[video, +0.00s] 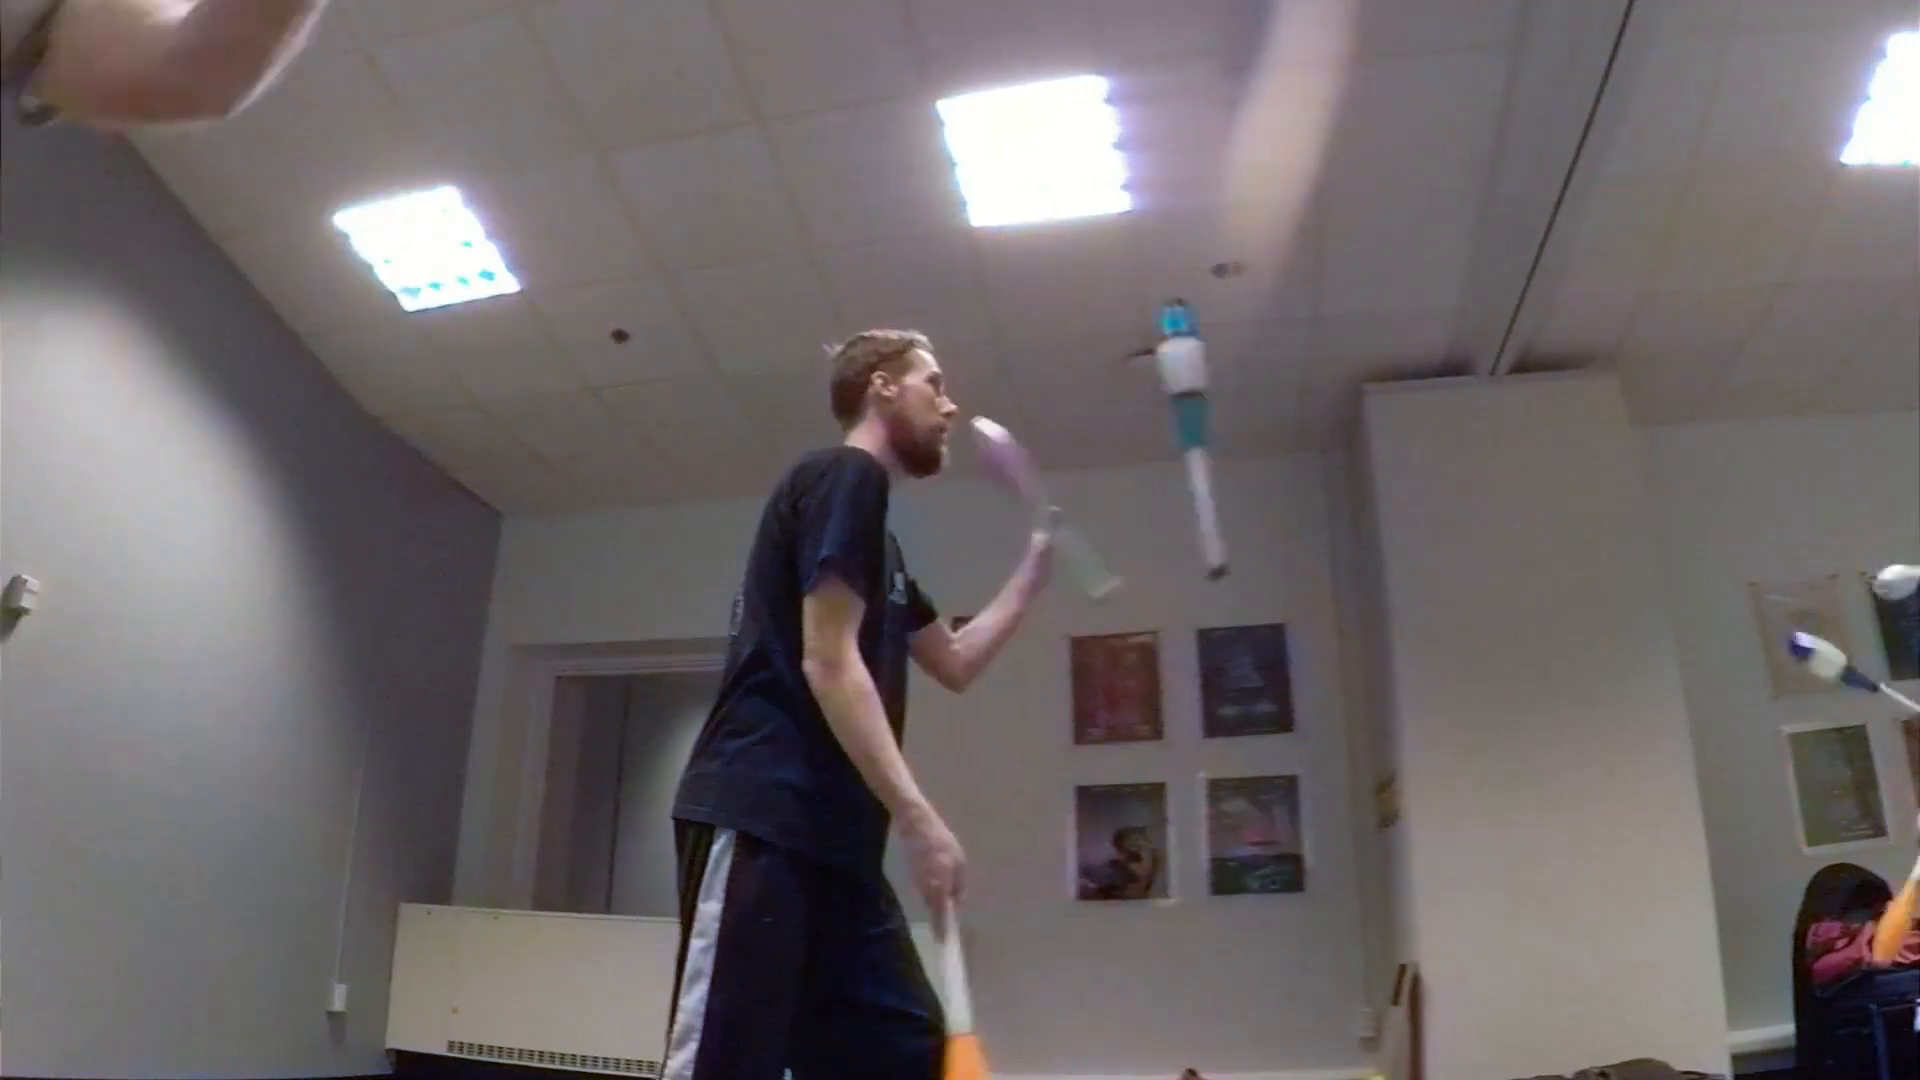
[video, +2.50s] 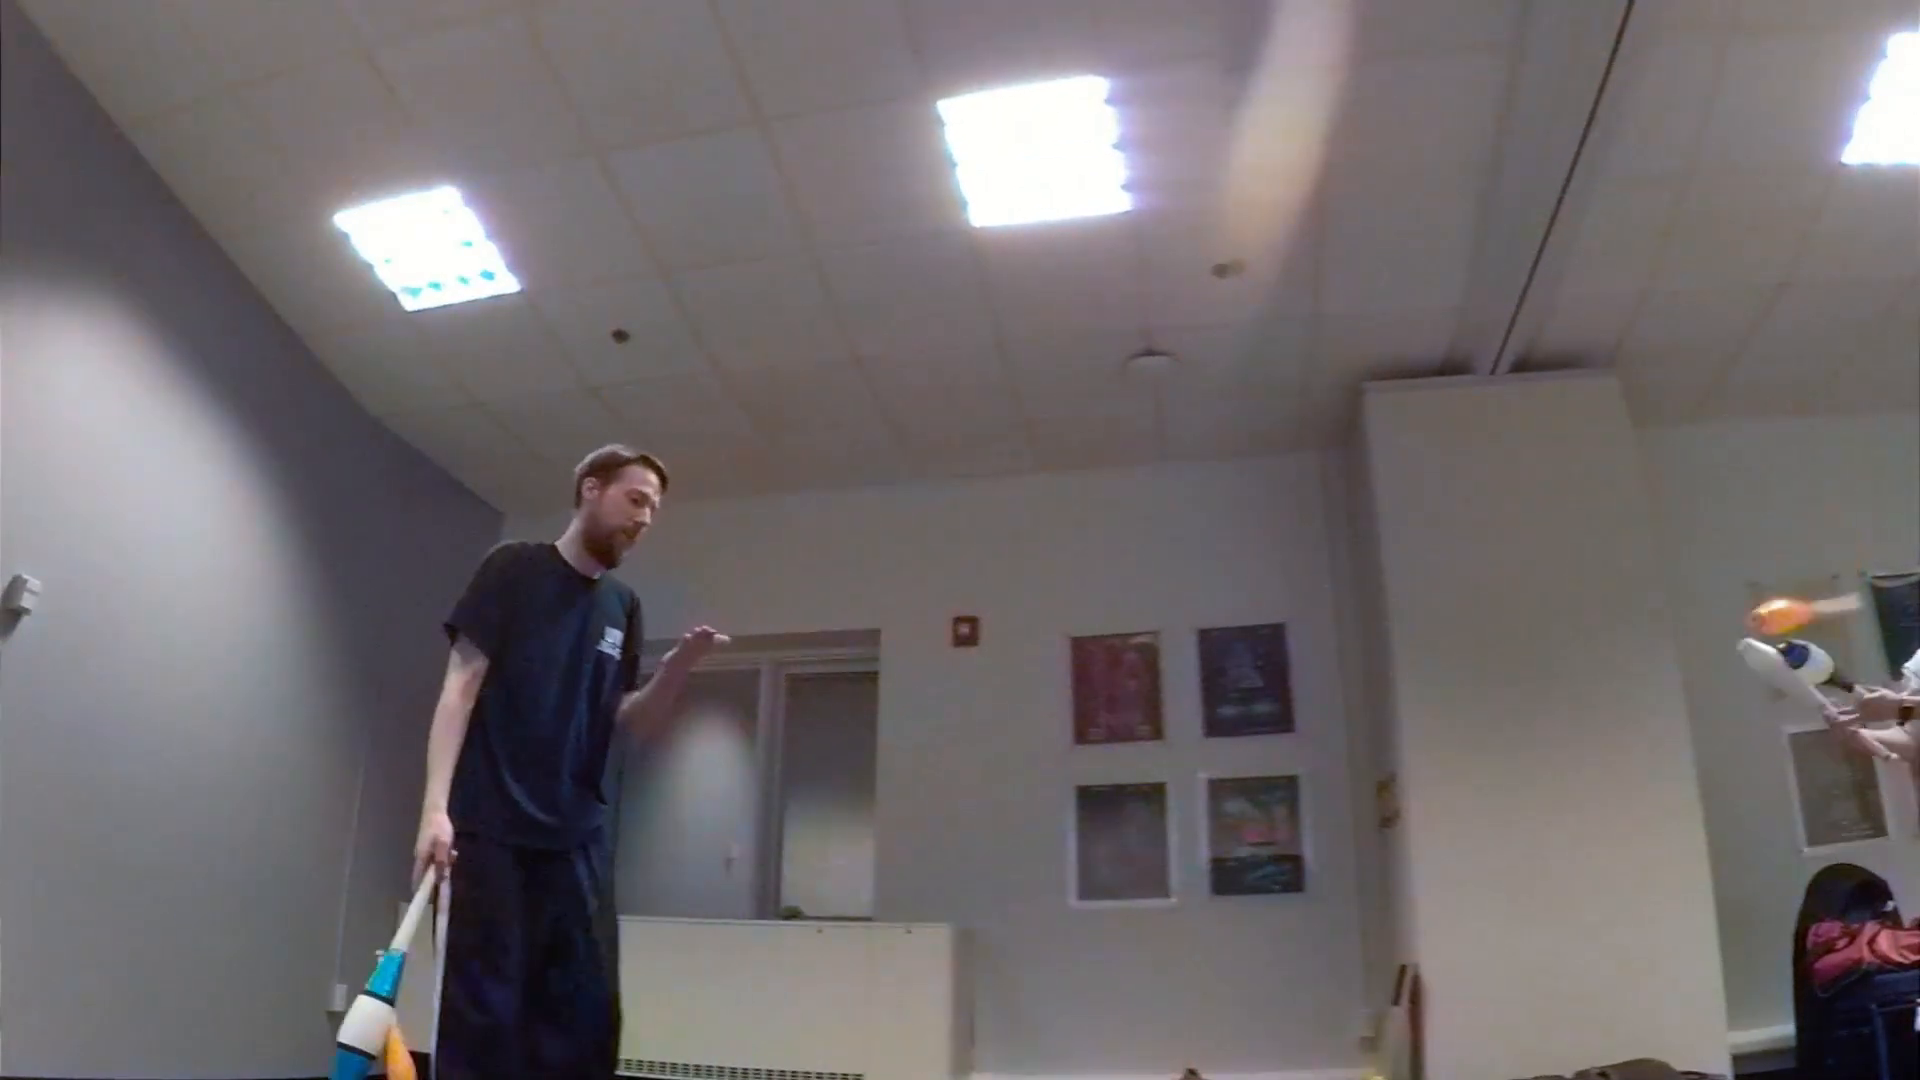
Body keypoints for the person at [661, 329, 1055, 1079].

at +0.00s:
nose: (950, 404)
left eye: (946, 388)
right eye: (934, 384)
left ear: (889, 392)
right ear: (881, 387)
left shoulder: (875, 539)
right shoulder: (847, 475)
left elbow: (956, 662)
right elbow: (829, 661)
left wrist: (1032, 570)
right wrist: (919, 817)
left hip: (824, 834)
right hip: (760, 820)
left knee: (903, 1042)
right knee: (720, 1057)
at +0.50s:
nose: (973, 435)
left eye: (969, 419)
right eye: (960, 417)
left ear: (897, 426)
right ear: (915, 419)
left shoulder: (845, 514)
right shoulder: (918, 492)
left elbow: (825, 636)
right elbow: (1049, 628)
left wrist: (929, 627)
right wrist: (1209, 653)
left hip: (810, 816)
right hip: (792, 810)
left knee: (902, 1046)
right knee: (735, 1051)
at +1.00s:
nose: (939, 420)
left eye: (935, 403)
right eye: (926, 400)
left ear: (887, 407)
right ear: (879, 403)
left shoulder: (906, 533)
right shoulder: (858, 478)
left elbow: (1026, 586)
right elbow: (819, 639)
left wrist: (1135, 519)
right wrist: (884, 810)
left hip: (858, 832)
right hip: (788, 819)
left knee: (946, 1051)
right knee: (728, 1060)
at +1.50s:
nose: (763, 429)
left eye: (761, 416)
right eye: (736, 417)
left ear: (770, 437)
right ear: (682, 448)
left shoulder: (805, 539)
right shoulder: (674, 583)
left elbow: (893, 647)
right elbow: (761, 723)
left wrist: (985, 594)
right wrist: (926, 775)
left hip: (860, 841)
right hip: (762, 855)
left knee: (951, 1040)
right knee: (822, 1059)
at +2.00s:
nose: (707, 501)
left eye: (716, 491)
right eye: (693, 483)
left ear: (720, 507)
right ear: (646, 485)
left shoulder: (715, 599)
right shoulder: (581, 583)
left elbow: (759, 705)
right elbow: (556, 721)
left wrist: (733, 582)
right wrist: (614, 828)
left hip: (706, 866)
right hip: (601, 865)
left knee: (748, 1051)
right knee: (584, 1057)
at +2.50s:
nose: (645, 518)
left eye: (653, 509)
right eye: (635, 499)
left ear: (653, 521)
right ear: (590, 489)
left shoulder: (621, 606)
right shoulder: (513, 568)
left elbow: (631, 721)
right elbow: (460, 687)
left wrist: (680, 667)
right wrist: (435, 809)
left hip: (575, 839)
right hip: (491, 832)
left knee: (585, 1020)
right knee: (485, 1015)